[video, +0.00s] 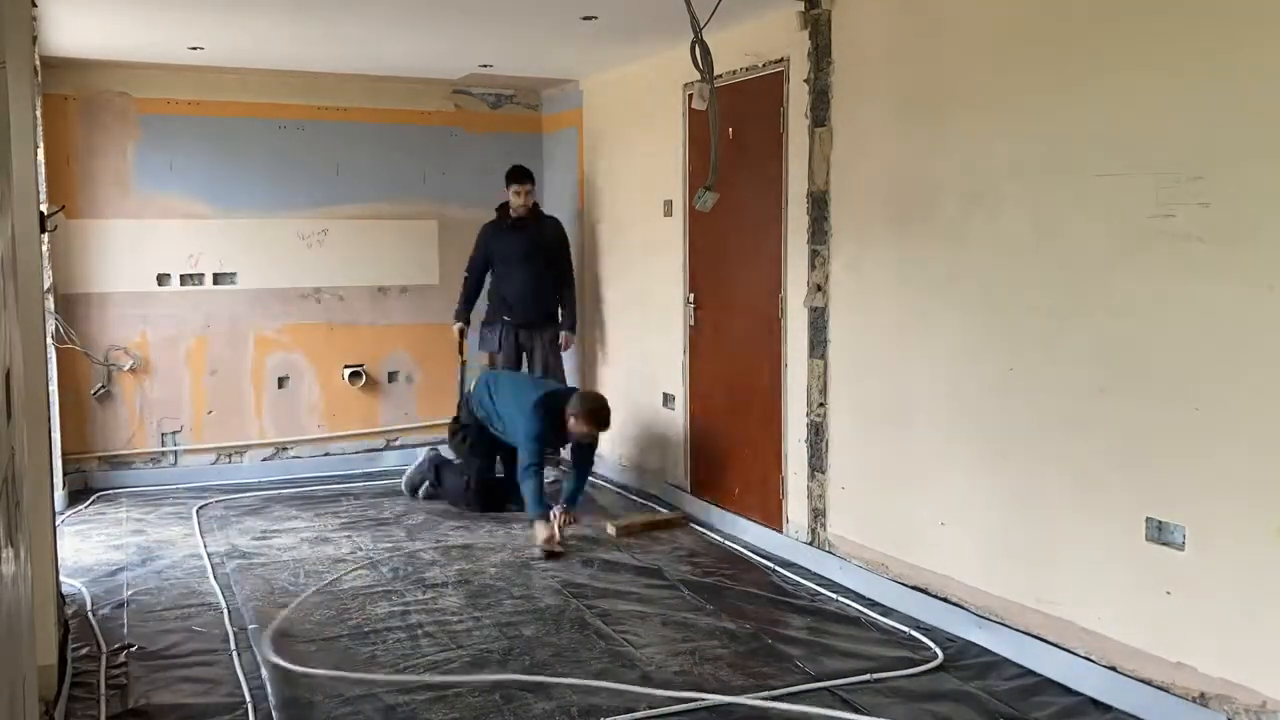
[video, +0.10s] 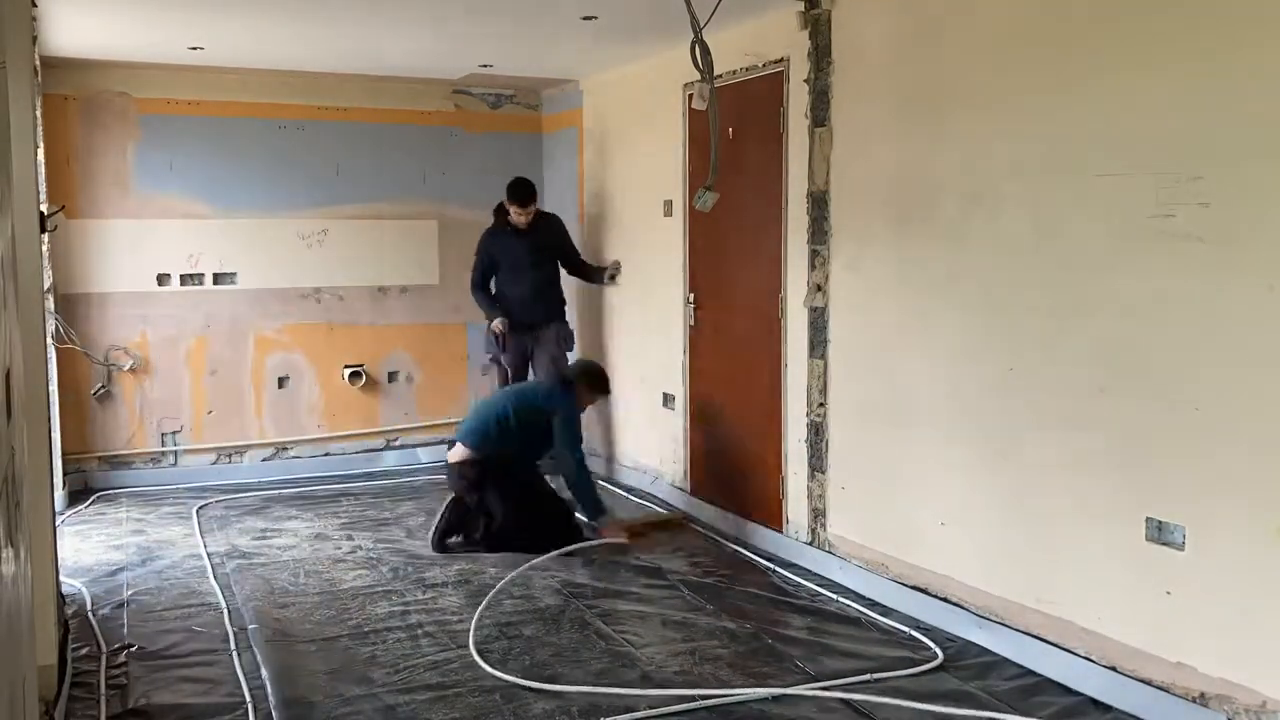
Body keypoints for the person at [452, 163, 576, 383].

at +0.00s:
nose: (523, 200)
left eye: (528, 193)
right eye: (517, 194)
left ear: (534, 191)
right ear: (507, 193)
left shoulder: (551, 228)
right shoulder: (491, 231)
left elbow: (566, 279)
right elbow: (474, 276)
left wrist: (568, 325)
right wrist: (462, 316)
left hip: (542, 325)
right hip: (503, 324)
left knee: (550, 396)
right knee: (502, 396)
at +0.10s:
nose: (525, 219)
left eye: (529, 213)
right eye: (519, 214)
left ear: (536, 204)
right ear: (507, 206)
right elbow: (478, 285)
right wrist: (494, 315)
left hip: (549, 325)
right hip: (510, 328)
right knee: (511, 402)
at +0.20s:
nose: (583, 210)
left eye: (589, 203)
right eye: (577, 204)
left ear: (597, 196)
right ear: (565, 195)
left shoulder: (611, 220)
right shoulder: (545, 227)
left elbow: (632, 267)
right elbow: (525, 273)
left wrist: (652, 310)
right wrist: (532, 314)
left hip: (603, 333)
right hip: (558, 334)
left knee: (603, 415)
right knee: (560, 413)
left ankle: (594, 488)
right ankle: (565, 487)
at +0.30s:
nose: (596, 204)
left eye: (602, 196)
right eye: (589, 198)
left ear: (612, 187)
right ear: (578, 191)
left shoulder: (635, 215)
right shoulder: (568, 231)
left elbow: (662, 264)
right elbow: (555, 282)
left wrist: (676, 311)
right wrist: (555, 330)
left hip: (636, 334)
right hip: (590, 336)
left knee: (635, 418)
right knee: (589, 417)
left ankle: (624, 505)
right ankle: (597, 498)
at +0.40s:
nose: (650, 204)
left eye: (656, 195)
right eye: (641, 196)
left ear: (666, 184)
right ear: (630, 189)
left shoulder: (696, 223)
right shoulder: (620, 231)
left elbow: (720, 275)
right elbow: (602, 282)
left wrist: (734, 327)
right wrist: (607, 330)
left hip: (690, 341)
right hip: (640, 344)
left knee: (689, 426)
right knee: (637, 430)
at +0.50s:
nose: (667, 186)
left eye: (674, 178)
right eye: (660, 178)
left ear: (687, 179)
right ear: (649, 181)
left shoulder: (709, 223)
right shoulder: (633, 230)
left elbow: (731, 281)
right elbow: (613, 288)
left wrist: (742, 335)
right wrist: (618, 341)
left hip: (699, 341)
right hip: (645, 344)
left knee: (706, 432)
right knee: (639, 430)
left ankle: (715, 526)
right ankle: (652, 503)